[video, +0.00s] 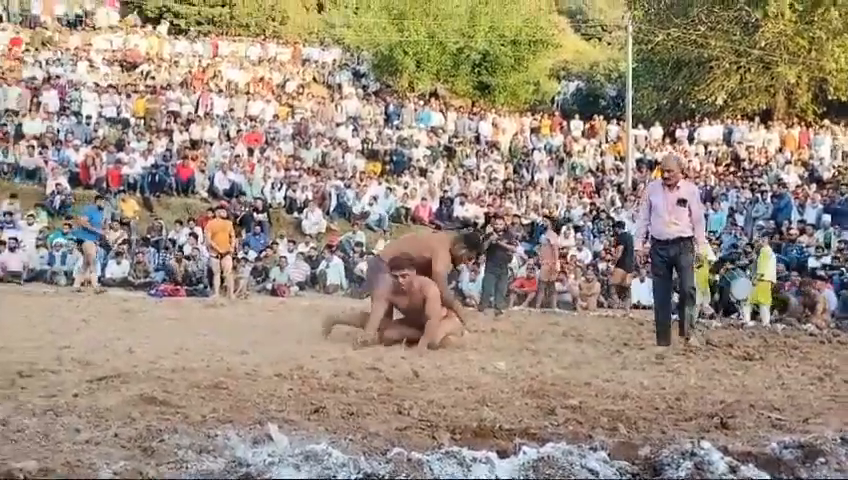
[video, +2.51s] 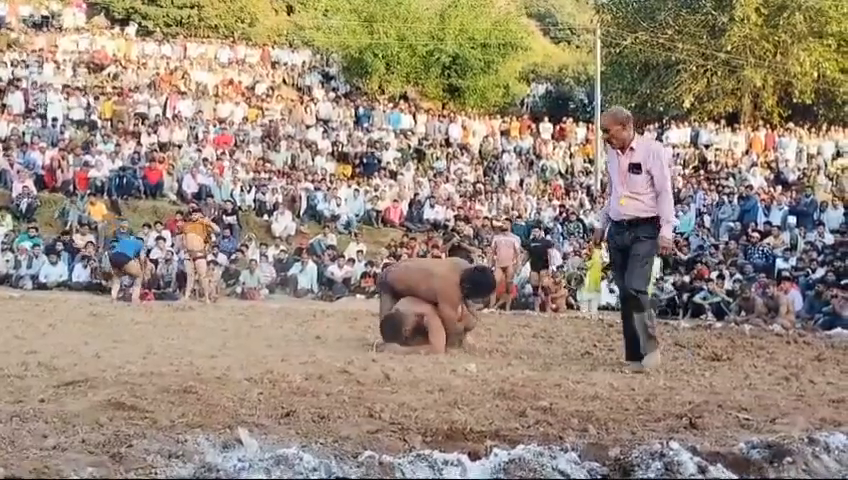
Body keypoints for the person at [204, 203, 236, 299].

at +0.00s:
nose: (223, 212)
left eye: (224, 210)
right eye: (221, 210)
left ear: (226, 212)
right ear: (216, 212)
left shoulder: (229, 223)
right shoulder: (210, 224)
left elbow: (232, 236)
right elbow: (208, 239)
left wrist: (232, 247)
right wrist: (217, 249)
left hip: (227, 252)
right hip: (214, 252)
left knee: (228, 273)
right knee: (216, 274)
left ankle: (230, 294)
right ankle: (216, 293)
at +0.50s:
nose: (216, 221)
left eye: (217, 218)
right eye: (214, 218)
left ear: (218, 220)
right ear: (208, 219)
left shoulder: (220, 231)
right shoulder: (201, 232)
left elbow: (223, 244)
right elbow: (199, 247)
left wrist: (223, 256)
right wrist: (210, 258)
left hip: (218, 260)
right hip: (206, 260)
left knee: (220, 281)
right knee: (207, 282)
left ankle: (225, 301)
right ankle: (206, 302)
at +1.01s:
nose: (214, 221)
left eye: (214, 219)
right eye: (211, 219)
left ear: (216, 220)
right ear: (206, 220)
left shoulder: (219, 233)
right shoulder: (199, 233)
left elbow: (222, 246)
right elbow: (196, 247)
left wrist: (221, 257)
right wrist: (206, 258)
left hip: (215, 261)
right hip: (203, 261)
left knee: (218, 282)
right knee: (204, 283)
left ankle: (221, 302)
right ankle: (202, 303)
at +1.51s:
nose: (210, 221)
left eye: (211, 219)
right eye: (207, 219)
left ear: (213, 220)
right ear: (203, 220)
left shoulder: (217, 232)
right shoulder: (195, 233)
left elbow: (221, 244)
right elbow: (191, 246)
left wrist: (218, 252)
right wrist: (197, 255)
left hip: (212, 259)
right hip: (199, 259)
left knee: (219, 276)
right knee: (193, 277)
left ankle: (219, 299)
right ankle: (196, 299)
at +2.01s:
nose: (207, 219)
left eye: (209, 217)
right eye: (204, 217)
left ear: (212, 218)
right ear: (200, 219)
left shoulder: (216, 231)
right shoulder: (194, 232)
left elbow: (222, 244)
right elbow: (190, 246)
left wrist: (215, 251)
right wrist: (196, 254)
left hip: (213, 258)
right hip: (199, 258)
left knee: (218, 275)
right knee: (190, 276)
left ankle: (217, 298)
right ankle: (194, 297)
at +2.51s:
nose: (194, 216)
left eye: (196, 213)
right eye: (192, 214)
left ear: (200, 214)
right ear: (189, 215)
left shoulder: (203, 223)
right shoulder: (186, 225)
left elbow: (217, 230)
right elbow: (180, 235)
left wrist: (208, 222)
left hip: (200, 252)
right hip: (188, 252)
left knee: (203, 276)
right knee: (189, 275)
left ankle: (206, 297)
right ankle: (187, 296)